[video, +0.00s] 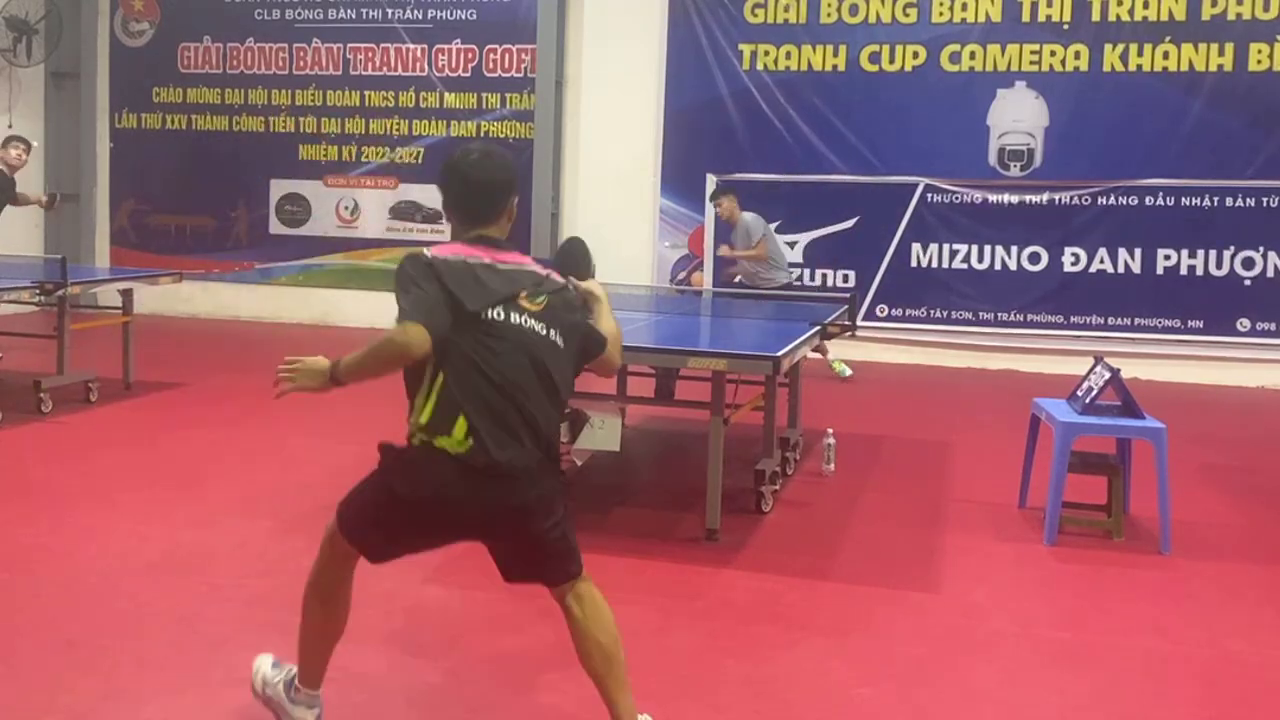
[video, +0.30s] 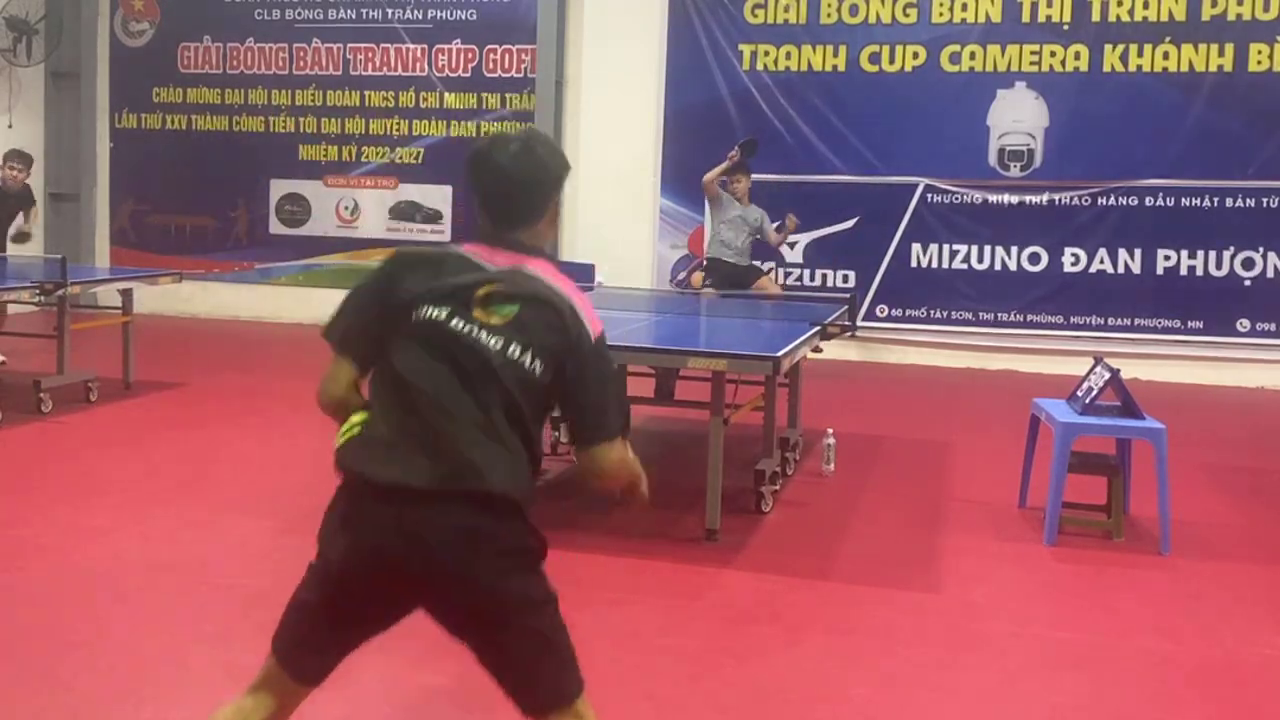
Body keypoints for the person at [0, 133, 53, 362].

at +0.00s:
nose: (20, 154)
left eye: (24, 152)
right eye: (15, 149)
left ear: (26, 160)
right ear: (2, 152)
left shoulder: (9, 180)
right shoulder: (3, 178)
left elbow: (14, 199)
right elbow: (14, 199)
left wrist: (40, 199)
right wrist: (38, 199)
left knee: (0, 294)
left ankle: (1, 350)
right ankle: (1, 350)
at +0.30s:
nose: (14, 174)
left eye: (20, 171)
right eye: (11, 168)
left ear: (27, 175)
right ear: (3, 167)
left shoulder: (24, 191)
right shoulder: (1, 185)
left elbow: (31, 207)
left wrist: (27, 226)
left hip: (2, 249)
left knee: (3, 300)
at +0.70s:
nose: (41, 168)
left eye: (47, 164)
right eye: (37, 163)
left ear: (59, 167)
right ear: (33, 164)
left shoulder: (71, 192)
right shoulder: (22, 189)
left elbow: (97, 217)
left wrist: (90, 230)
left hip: (62, 260)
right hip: (26, 260)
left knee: (82, 298)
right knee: (5, 302)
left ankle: (102, 345)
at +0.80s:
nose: (54, 167)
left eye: (60, 163)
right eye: (51, 162)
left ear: (72, 167)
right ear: (47, 163)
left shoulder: (84, 193)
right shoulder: (34, 188)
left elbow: (109, 221)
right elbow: (8, 206)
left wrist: (100, 232)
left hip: (74, 263)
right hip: (37, 261)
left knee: (91, 300)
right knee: (14, 303)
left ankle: (104, 346)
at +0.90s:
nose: (62, 162)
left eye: (68, 158)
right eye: (59, 157)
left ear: (80, 162)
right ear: (55, 158)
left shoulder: (90, 188)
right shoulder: (41, 182)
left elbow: (111, 219)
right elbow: (14, 201)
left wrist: (101, 228)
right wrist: (1, 217)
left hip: (77, 260)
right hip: (41, 258)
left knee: (91, 301)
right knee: (22, 303)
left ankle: (104, 345)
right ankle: (2, 347)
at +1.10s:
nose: (67, 160)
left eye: (73, 156)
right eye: (64, 155)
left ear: (84, 160)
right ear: (59, 156)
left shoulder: (91, 189)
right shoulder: (43, 179)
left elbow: (106, 222)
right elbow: (15, 200)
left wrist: (92, 226)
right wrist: (11, 220)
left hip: (73, 257)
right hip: (36, 254)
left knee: (87, 299)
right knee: (10, 299)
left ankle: (103, 345)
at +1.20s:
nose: (62, 164)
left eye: (68, 160)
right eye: (59, 159)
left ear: (79, 164)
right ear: (55, 159)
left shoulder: (84, 193)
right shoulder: (38, 181)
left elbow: (95, 227)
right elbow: (8, 203)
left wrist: (83, 228)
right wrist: (11, 224)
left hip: (67, 261)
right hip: (29, 258)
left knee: (87, 299)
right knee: (5, 301)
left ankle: (102, 345)